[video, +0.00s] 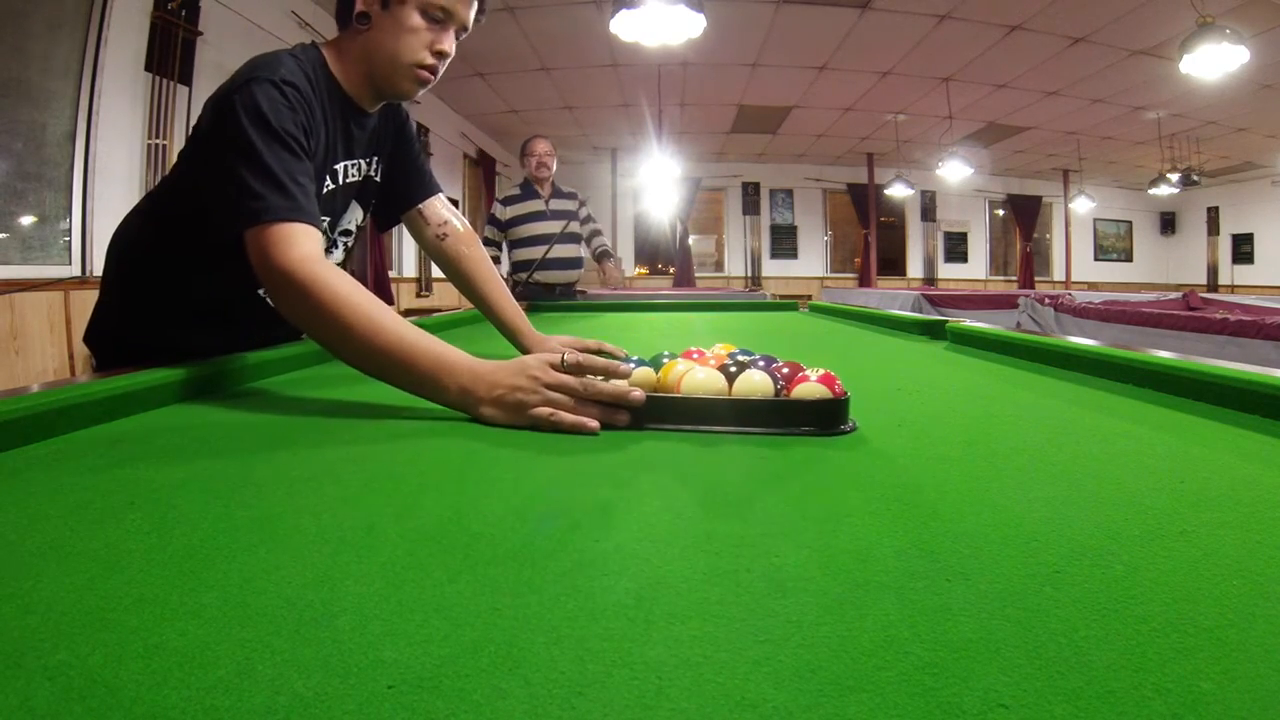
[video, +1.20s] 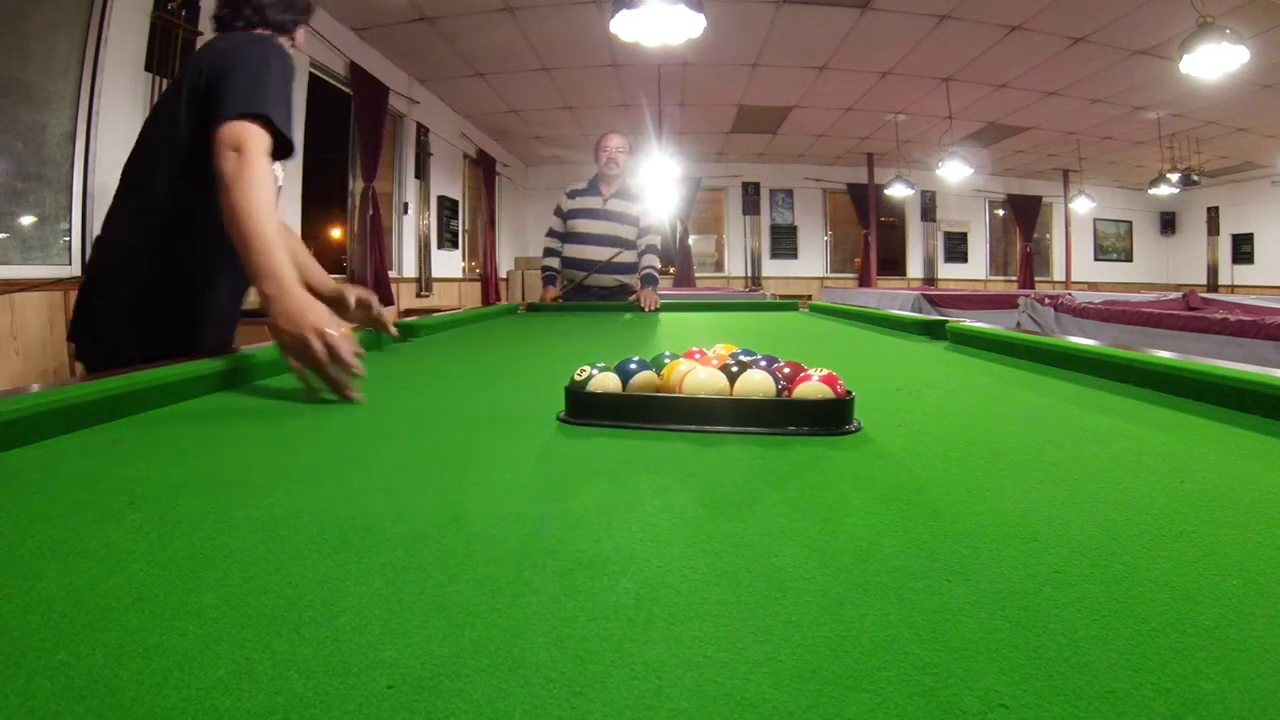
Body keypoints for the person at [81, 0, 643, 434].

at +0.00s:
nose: (447, 48)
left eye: (458, 35)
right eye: (433, 20)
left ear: (459, 45)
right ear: (367, 6)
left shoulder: (390, 122)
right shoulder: (271, 94)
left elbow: (446, 231)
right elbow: (293, 272)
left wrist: (528, 339)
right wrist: (474, 383)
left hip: (265, 336)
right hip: (157, 341)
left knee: (246, 523)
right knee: (143, 533)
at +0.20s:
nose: (444, 68)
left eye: (451, 48)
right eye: (449, 44)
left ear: (401, 29)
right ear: (412, 25)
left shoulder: (380, 122)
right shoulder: (271, 83)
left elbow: (442, 232)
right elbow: (301, 259)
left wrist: (527, 339)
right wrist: (475, 383)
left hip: (259, 342)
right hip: (153, 344)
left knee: (240, 527)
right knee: (143, 536)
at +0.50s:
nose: (400, 60)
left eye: (405, 43)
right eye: (409, 41)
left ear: (327, 10)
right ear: (400, 34)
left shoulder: (328, 96)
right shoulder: (295, 55)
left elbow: (372, 232)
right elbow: (315, 227)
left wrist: (465, 340)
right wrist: (473, 381)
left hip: (235, 346)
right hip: (149, 352)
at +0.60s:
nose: (379, 67)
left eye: (382, 55)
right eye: (389, 50)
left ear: (315, 8)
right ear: (386, 29)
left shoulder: (279, 63)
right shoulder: (300, 52)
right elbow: (326, 220)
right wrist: (477, 375)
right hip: (150, 350)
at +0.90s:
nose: (360, 60)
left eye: (362, 51)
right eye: (364, 47)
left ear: (293, 18)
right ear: (357, 32)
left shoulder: (254, 72)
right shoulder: (297, 57)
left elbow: (279, 222)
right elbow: (330, 178)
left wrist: (334, 308)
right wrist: (443, 342)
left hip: (205, 331)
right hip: (141, 335)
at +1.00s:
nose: (350, 52)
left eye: (350, 44)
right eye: (352, 41)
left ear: (279, 14)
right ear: (348, 30)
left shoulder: (243, 63)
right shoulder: (287, 54)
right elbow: (295, 178)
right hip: (142, 343)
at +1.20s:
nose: (303, 39)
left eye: (304, 28)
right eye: (303, 27)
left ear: (237, 18)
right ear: (293, 29)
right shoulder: (254, 54)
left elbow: (259, 217)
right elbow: (239, 157)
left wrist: (330, 289)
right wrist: (286, 298)